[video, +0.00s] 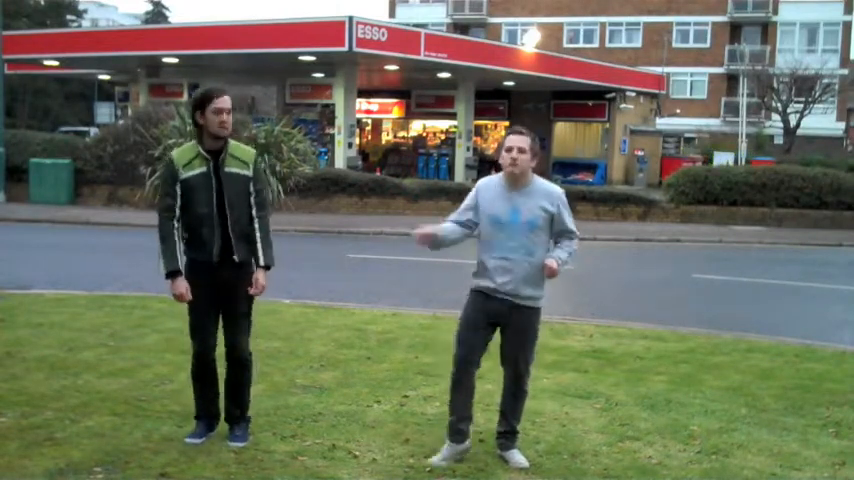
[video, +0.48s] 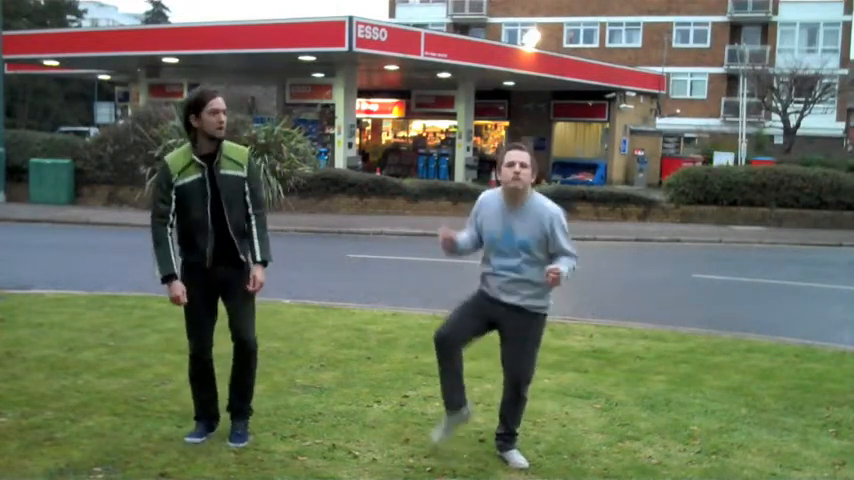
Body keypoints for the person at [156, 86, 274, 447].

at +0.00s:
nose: (226, 118)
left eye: (229, 112)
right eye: (218, 112)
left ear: (232, 116)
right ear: (200, 117)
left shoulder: (249, 159)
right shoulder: (178, 162)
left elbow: (260, 215)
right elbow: (168, 220)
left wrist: (263, 265)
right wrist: (175, 273)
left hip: (240, 269)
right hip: (199, 271)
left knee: (238, 350)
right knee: (202, 350)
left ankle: (238, 421)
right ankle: (205, 420)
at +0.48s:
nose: (223, 118)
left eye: (224, 112)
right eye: (215, 113)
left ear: (226, 117)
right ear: (195, 119)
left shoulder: (243, 160)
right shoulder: (172, 166)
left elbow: (257, 214)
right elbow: (161, 224)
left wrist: (260, 261)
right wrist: (171, 277)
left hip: (238, 270)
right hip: (196, 273)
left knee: (246, 341)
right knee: (199, 350)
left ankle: (240, 419)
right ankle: (205, 419)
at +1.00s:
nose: (242, 116)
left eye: (245, 110)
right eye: (234, 110)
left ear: (248, 115)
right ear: (214, 115)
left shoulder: (260, 158)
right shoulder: (188, 156)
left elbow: (266, 214)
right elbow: (168, 211)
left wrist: (262, 264)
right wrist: (174, 263)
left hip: (245, 268)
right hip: (205, 267)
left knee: (243, 348)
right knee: (206, 347)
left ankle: (240, 420)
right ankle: (205, 418)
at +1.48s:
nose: (237, 126)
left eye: (245, 119)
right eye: (232, 118)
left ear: (257, 124)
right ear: (223, 120)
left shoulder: (274, 167)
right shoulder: (202, 158)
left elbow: (279, 218)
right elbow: (186, 209)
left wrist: (257, 252)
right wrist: (193, 254)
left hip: (247, 269)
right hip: (209, 268)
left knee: (244, 349)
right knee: (211, 347)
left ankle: (240, 421)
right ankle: (203, 419)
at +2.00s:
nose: (209, 122)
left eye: (216, 116)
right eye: (205, 116)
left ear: (232, 119)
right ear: (200, 118)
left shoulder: (254, 151)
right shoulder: (188, 151)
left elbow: (278, 193)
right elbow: (171, 201)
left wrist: (258, 190)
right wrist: (172, 188)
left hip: (237, 262)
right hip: (198, 260)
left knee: (241, 345)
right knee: (192, 340)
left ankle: (242, 420)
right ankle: (195, 415)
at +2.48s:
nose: (179, 128)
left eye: (185, 122)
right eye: (175, 122)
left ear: (203, 124)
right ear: (171, 124)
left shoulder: (229, 147)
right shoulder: (166, 158)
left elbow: (273, 167)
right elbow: (140, 206)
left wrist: (242, 174)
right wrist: (144, 193)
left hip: (236, 256)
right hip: (199, 258)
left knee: (234, 337)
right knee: (198, 340)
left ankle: (231, 420)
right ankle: (200, 415)